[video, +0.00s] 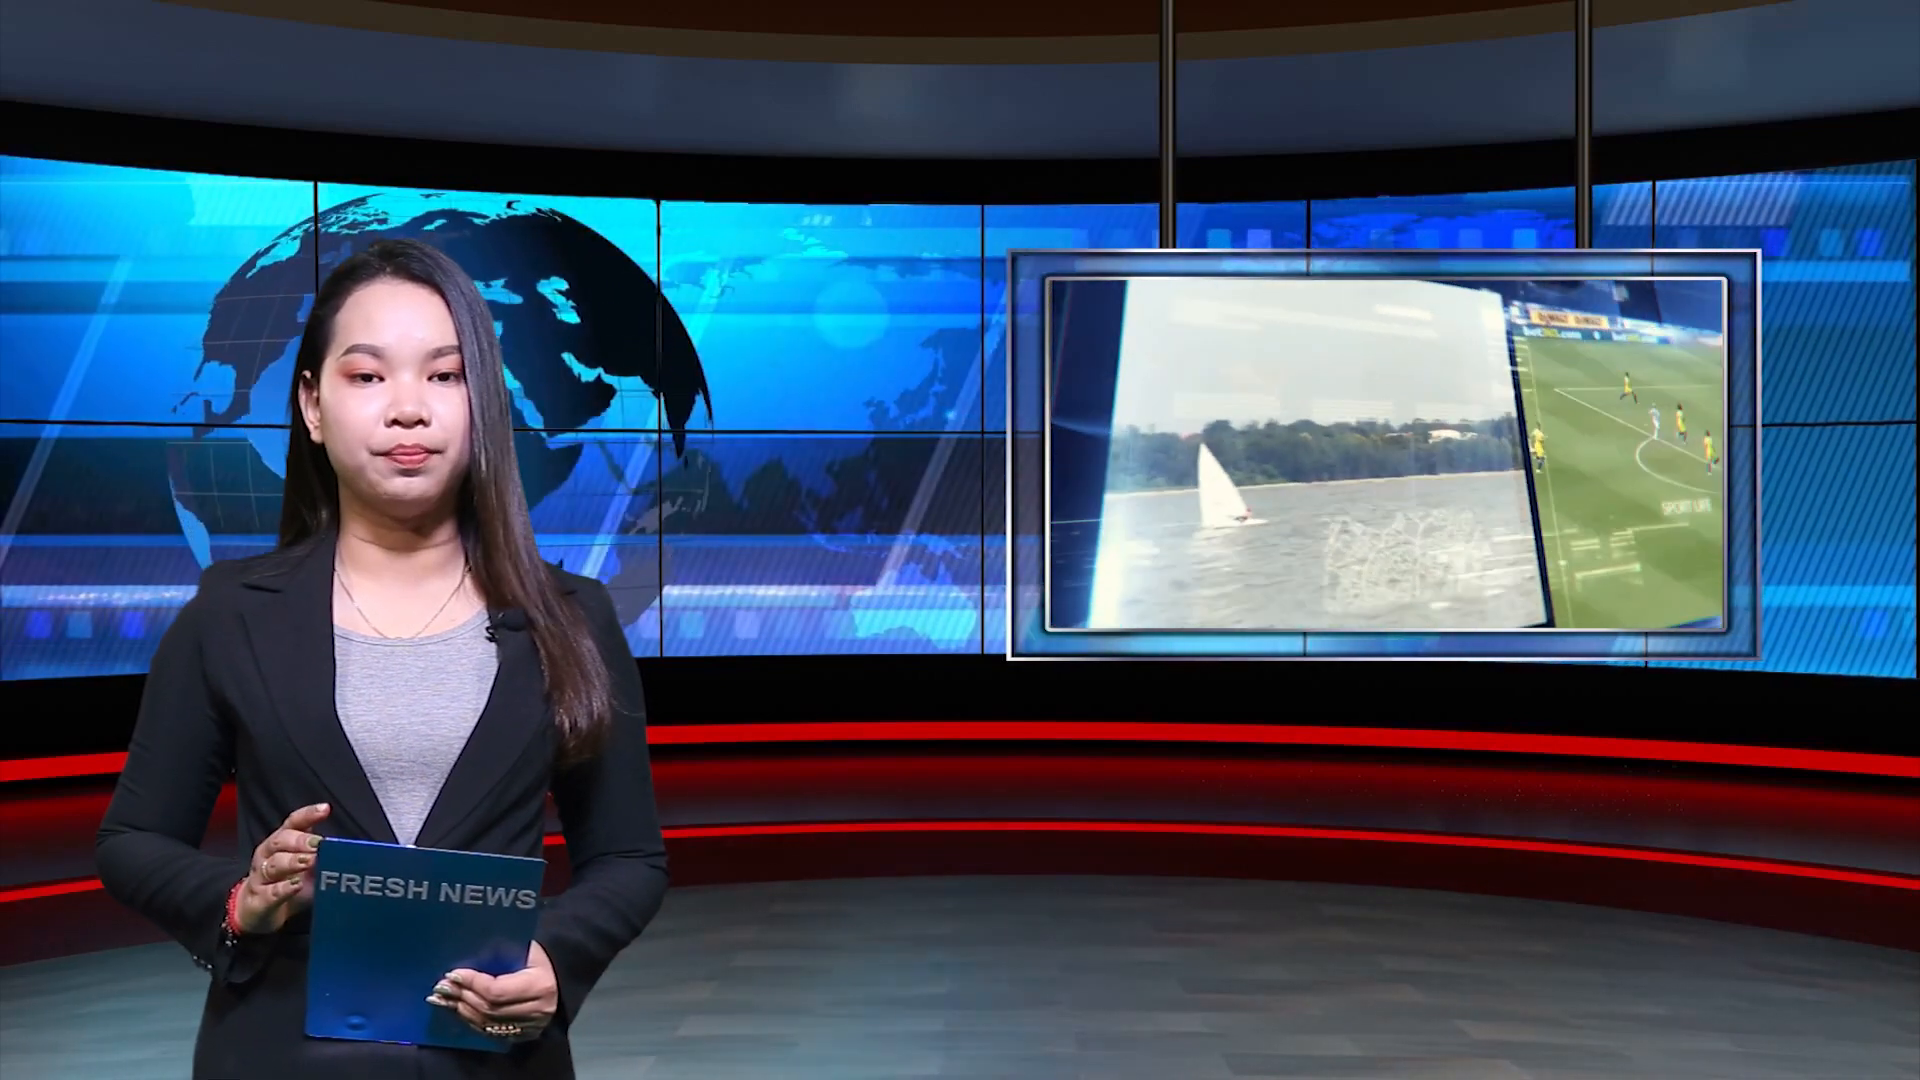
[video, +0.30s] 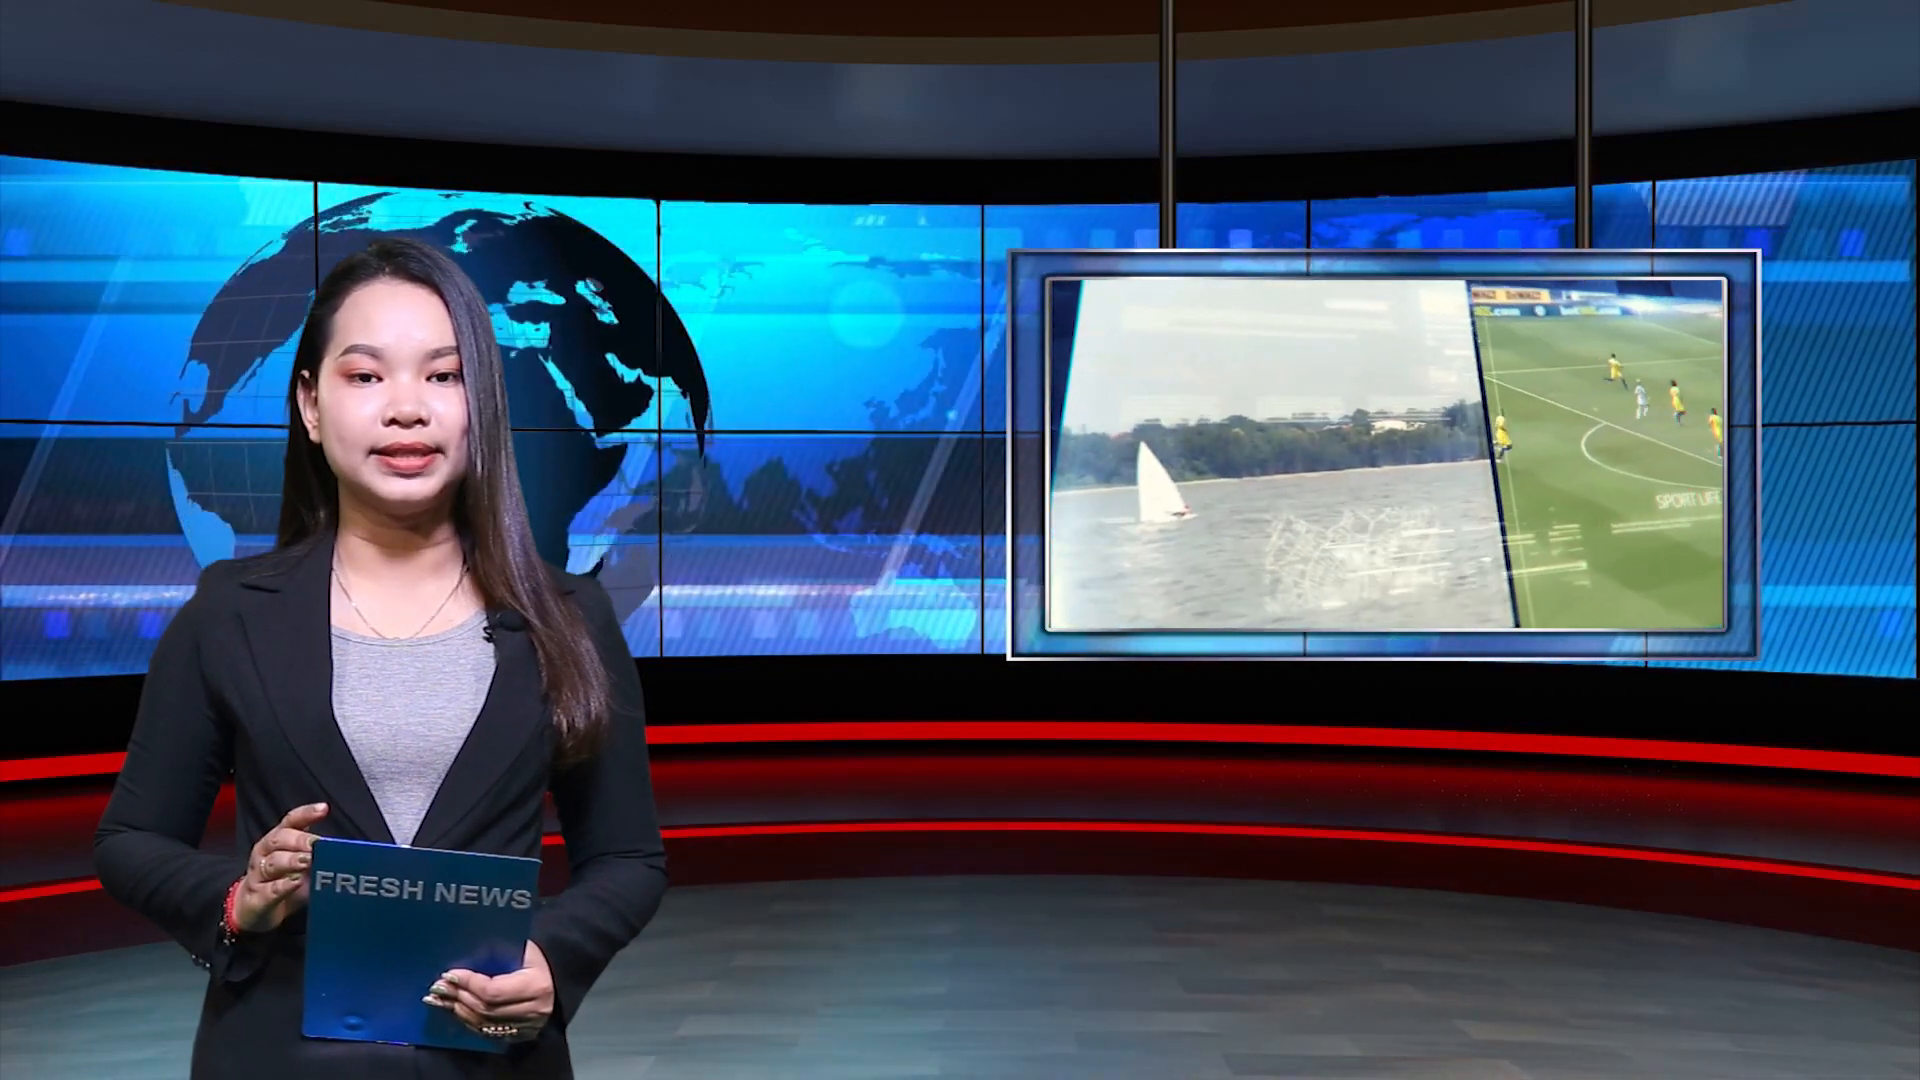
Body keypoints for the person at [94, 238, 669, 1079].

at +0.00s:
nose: (410, 408)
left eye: (443, 375)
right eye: (367, 375)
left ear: (481, 404)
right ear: (312, 407)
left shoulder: (566, 618)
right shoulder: (233, 614)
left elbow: (628, 858)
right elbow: (132, 842)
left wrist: (553, 962)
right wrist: (235, 898)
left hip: (496, 1054)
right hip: (280, 1055)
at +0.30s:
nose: (408, 408)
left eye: (441, 374)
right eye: (366, 375)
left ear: (478, 404)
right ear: (311, 407)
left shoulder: (563, 619)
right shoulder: (231, 613)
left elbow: (627, 859)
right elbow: (131, 841)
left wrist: (549, 961)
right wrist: (234, 896)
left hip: (493, 1055)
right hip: (278, 1056)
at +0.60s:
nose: (410, 416)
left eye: (443, 379)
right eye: (367, 378)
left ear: (478, 408)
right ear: (310, 408)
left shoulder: (562, 620)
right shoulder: (230, 614)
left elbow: (625, 860)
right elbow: (128, 841)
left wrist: (550, 962)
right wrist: (233, 896)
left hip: (493, 1054)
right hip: (277, 1055)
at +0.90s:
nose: (404, 410)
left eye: (437, 375)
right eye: (362, 376)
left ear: (475, 404)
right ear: (308, 407)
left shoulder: (563, 618)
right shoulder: (228, 615)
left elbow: (624, 859)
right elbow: (128, 841)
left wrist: (547, 961)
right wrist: (234, 898)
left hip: (493, 1052)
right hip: (277, 1053)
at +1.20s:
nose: (397, 408)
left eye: (432, 373)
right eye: (357, 375)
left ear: (475, 401)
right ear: (307, 408)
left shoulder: (565, 616)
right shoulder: (229, 611)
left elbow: (627, 856)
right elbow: (122, 832)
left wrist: (549, 960)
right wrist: (232, 898)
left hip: (492, 1052)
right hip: (277, 1053)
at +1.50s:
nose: (405, 407)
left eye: (440, 374)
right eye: (364, 373)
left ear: (479, 404)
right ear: (311, 406)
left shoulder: (566, 618)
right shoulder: (230, 609)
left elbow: (624, 857)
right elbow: (124, 832)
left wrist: (548, 960)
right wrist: (237, 908)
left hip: (493, 1051)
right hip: (277, 1052)